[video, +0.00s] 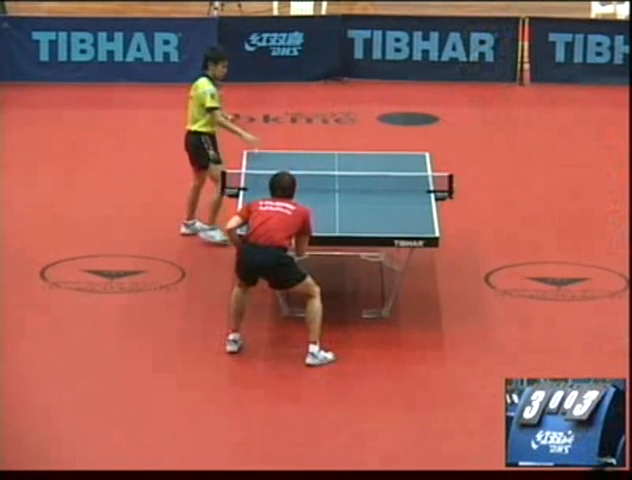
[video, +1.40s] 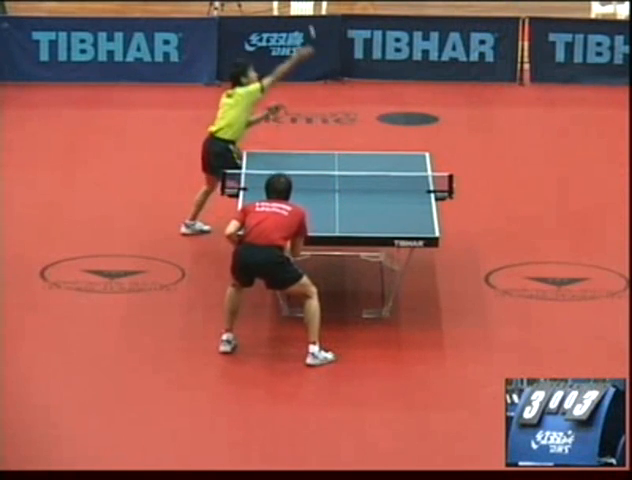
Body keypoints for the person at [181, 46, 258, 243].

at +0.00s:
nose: (225, 71)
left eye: (226, 67)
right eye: (222, 67)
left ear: (213, 68)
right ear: (210, 66)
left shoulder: (203, 84)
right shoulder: (207, 88)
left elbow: (210, 111)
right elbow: (217, 118)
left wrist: (226, 116)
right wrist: (244, 134)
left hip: (197, 133)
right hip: (202, 135)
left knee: (199, 179)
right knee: (221, 180)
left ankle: (190, 221)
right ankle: (211, 226)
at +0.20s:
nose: (240, 77)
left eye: (241, 72)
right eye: (238, 72)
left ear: (225, 73)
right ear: (227, 72)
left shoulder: (211, 87)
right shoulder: (223, 92)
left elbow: (215, 116)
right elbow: (238, 120)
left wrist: (233, 124)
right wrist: (264, 135)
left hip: (198, 135)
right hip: (209, 138)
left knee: (204, 181)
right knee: (228, 183)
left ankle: (190, 221)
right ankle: (241, 226)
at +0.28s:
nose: (250, 83)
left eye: (250, 79)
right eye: (248, 79)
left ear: (234, 79)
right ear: (237, 78)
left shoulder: (218, 92)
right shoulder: (231, 95)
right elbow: (249, 122)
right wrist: (278, 138)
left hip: (201, 139)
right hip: (212, 141)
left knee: (207, 183)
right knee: (232, 182)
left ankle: (190, 221)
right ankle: (242, 226)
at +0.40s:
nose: (264, 95)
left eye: (264, 91)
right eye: (262, 91)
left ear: (248, 89)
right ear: (252, 90)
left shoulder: (229, 100)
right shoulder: (245, 106)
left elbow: (232, 126)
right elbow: (268, 130)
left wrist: (252, 135)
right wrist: (297, 143)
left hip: (204, 145)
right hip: (218, 148)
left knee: (211, 186)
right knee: (243, 185)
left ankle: (191, 221)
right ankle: (246, 227)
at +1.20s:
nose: (272, 91)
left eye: (271, 88)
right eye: (269, 88)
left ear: (253, 90)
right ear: (260, 91)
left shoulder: (238, 103)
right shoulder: (261, 108)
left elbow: (246, 132)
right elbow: (289, 117)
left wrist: (269, 134)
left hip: (215, 144)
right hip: (229, 151)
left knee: (212, 188)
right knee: (241, 190)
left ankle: (191, 221)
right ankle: (244, 227)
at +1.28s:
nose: (267, 85)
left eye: (265, 81)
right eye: (263, 82)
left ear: (247, 86)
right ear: (254, 86)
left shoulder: (234, 100)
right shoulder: (257, 102)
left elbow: (244, 129)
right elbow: (288, 96)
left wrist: (269, 126)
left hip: (213, 144)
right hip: (228, 149)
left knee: (211, 187)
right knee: (244, 188)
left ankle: (191, 222)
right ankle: (245, 227)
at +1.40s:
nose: (256, 76)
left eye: (254, 72)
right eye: (252, 73)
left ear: (238, 79)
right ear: (243, 78)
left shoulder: (228, 96)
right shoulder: (247, 93)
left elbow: (240, 125)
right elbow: (275, 76)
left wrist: (265, 116)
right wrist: (297, 57)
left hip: (211, 142)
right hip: (225, 146)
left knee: (210, 185)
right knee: (246, 183)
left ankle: (191, 221)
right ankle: (248, 224)